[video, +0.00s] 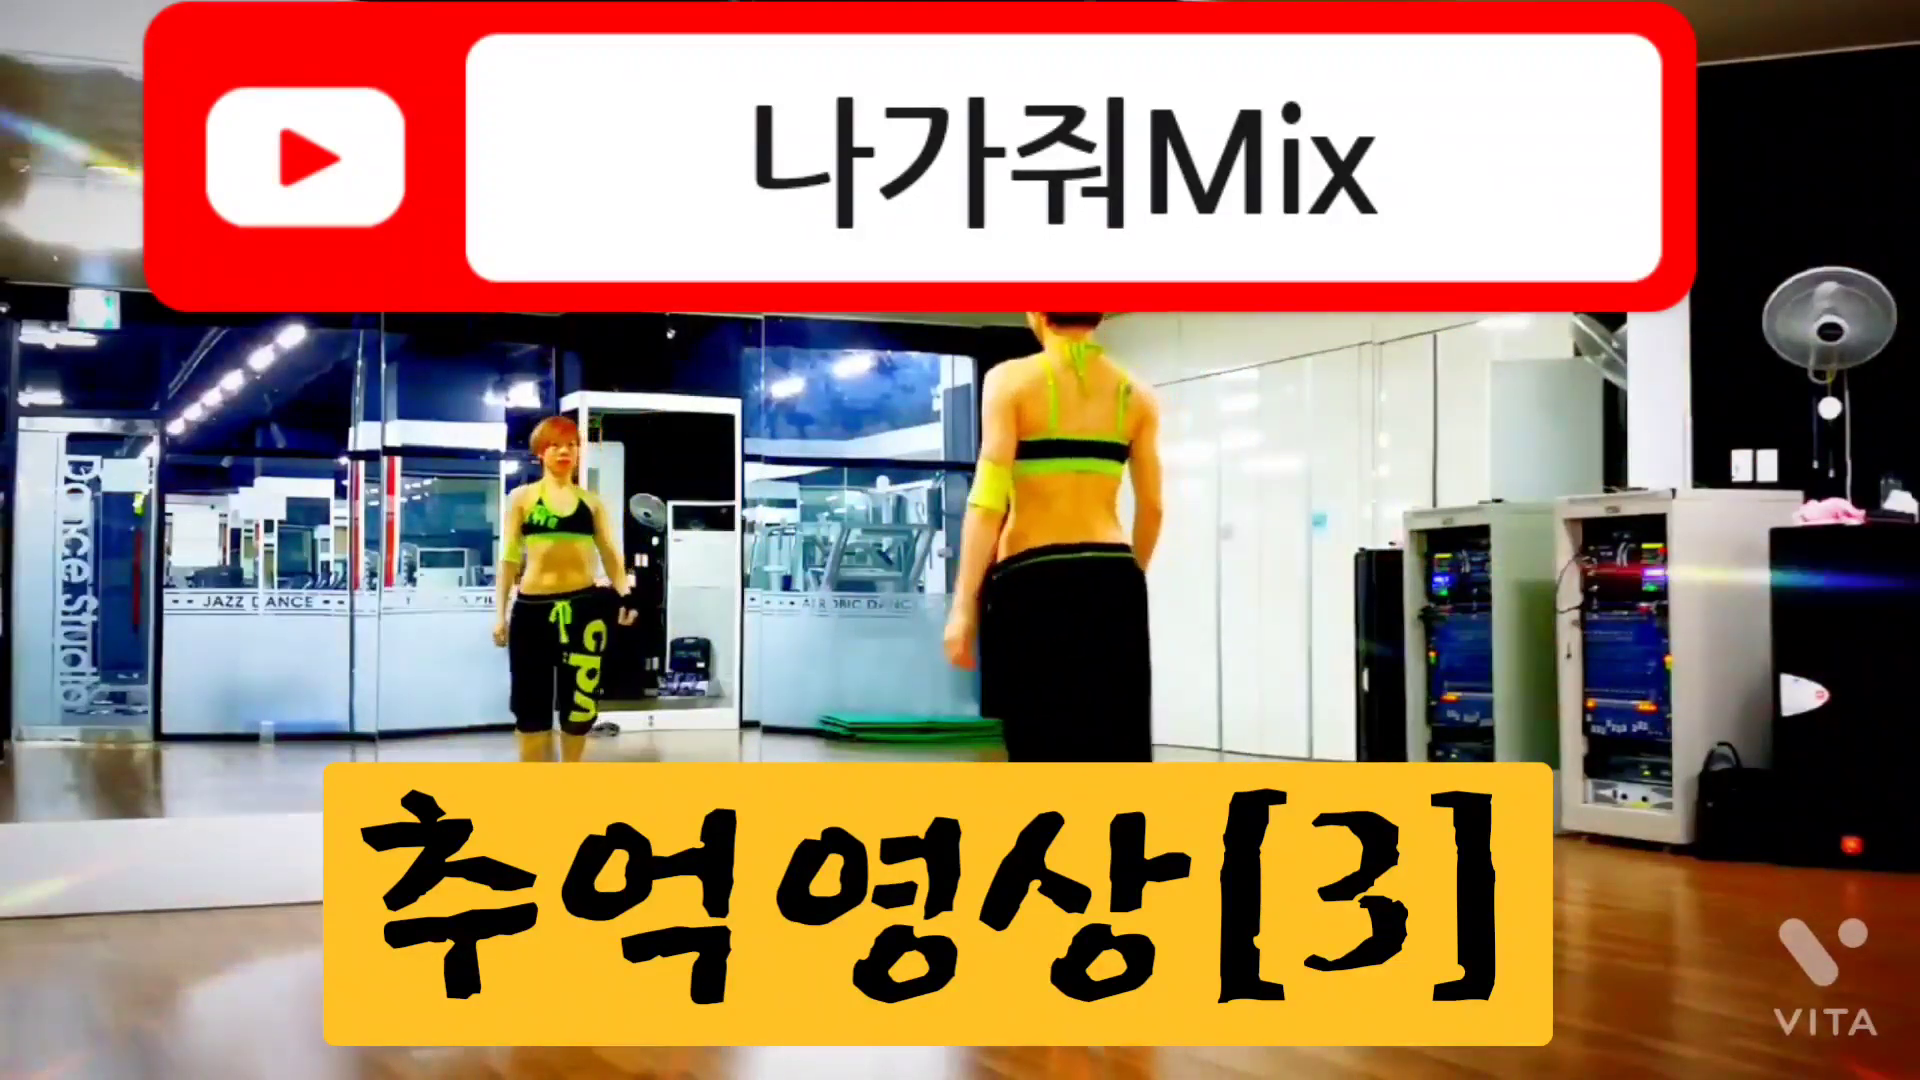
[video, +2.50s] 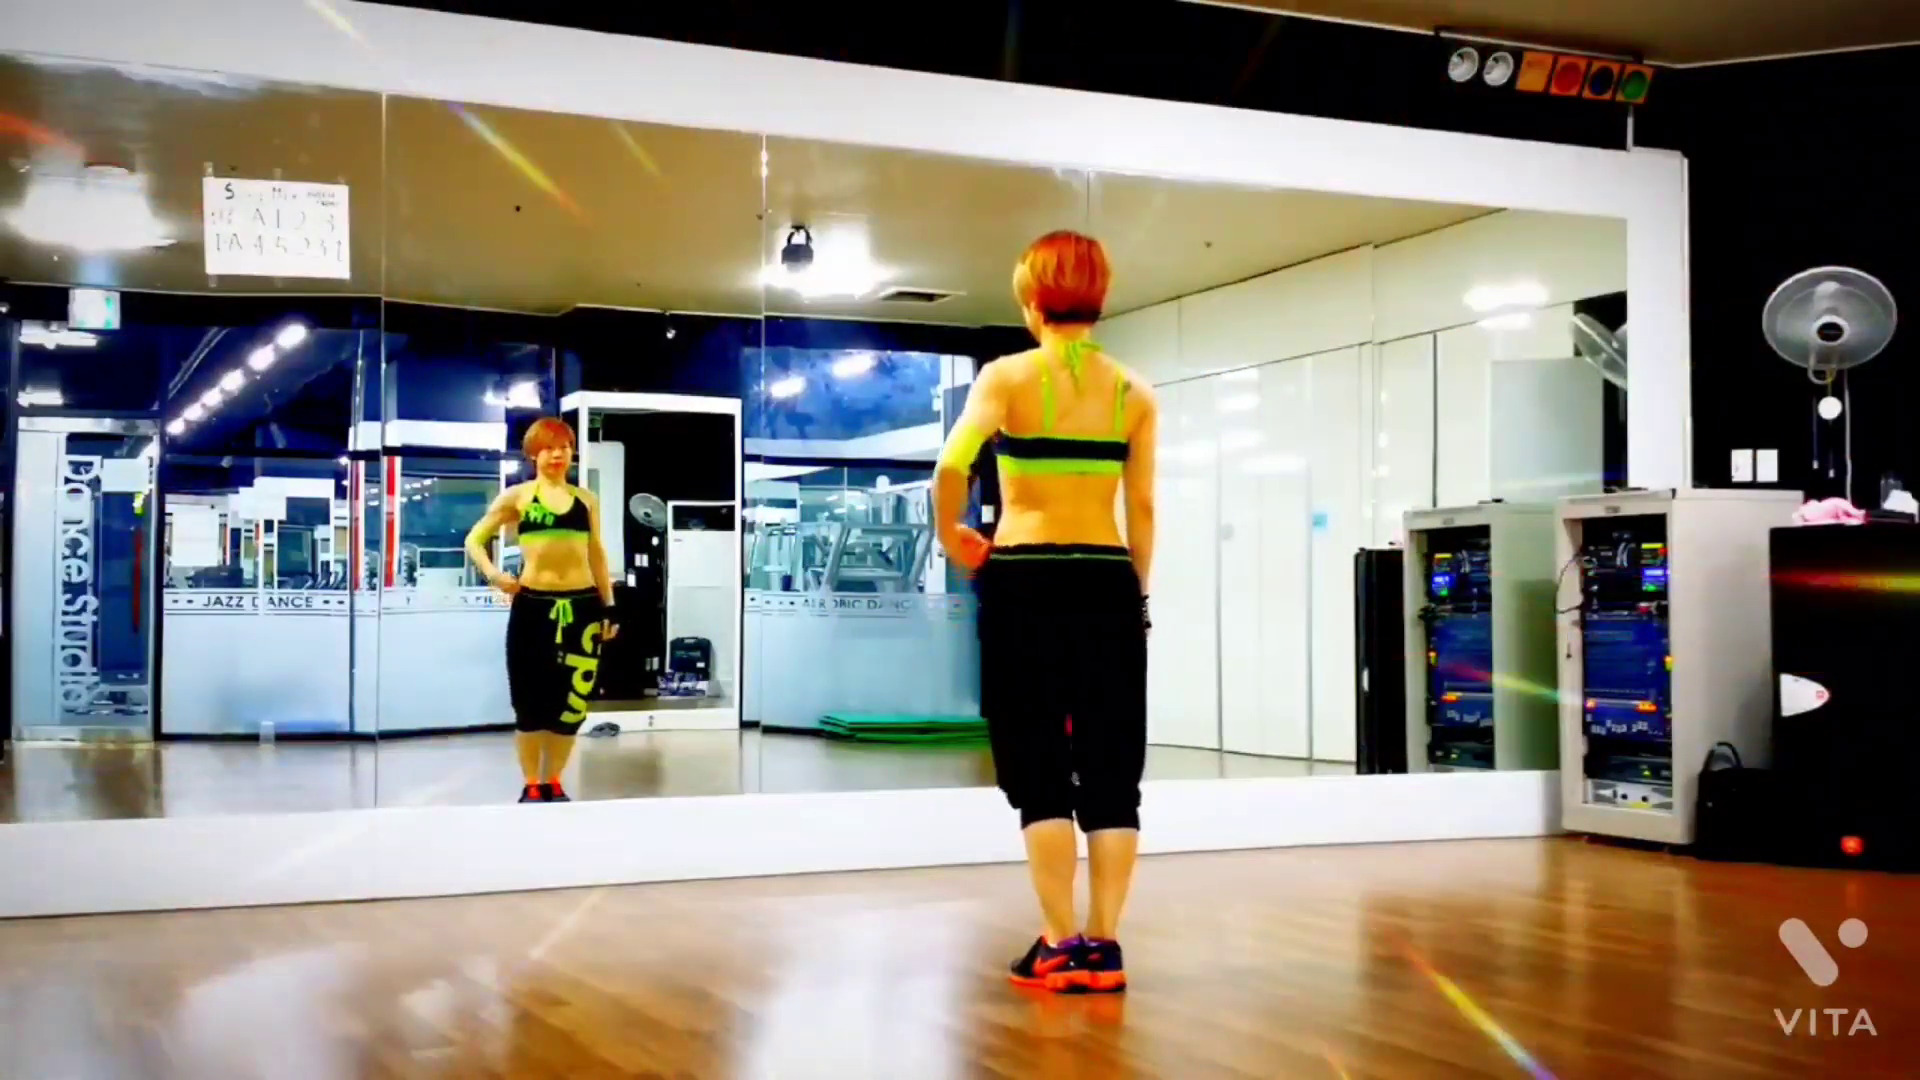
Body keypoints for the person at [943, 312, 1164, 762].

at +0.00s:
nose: (1030, 319)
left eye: (1029, 313)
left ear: (1036, 315)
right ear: (1099, 318)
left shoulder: (1009, 380)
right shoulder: (1134, 395)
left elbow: (989, 500)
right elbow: (1151, 508)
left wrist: (964, 605)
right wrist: (1128, 579)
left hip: (1029, 586)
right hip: (1111, 583)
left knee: (1037, 753)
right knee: (1116, 749)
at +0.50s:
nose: (1024, 316)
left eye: (1025, 309)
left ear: (1033, 313)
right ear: (1094, 313)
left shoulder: (1010, 379)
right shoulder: (1136, 388)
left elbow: (986, 500)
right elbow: (1149, 502)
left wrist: (952, 599)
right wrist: (1157, 600)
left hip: (1029, 584)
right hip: (1110, 583)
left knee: (1032, 752)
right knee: (1112, 750)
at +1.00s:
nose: (1024, 302)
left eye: (1025, 291)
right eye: (1033, 291)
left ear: (1032, 297)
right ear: (1101, 297)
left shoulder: (1007, 377)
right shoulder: (1136, 388)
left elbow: (985, 499)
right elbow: (1142, 504)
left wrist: (957, 599)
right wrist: (1130, 578)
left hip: (1027, 588)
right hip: (1113, 585)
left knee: (1044, 768)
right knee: (1116, 765)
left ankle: (1061, 939)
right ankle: (1104, 943)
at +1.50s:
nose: (1024, 305)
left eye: (1025, 293)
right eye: (1035, 293)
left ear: (1031, 299)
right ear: (1100, 297)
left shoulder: (1009, 379)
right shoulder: (1134, 388)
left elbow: (990, 498)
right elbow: (1149, 505)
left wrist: (964, 601)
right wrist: (1143, 590)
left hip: (1026, 587)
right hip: (1111, 586)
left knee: (1041, 764)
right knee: (1117, 762)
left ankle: (1060, 940)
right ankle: (1104, 942)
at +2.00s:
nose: (1023, 304)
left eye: (1024, 293)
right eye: (1036, 292)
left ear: (1029, 299)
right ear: (1099, 298)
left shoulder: (1006, 377)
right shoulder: (1134, 391)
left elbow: (962, 473)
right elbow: (1140, 505)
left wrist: (961, 548)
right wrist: (1131, 577)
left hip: (1027, 587)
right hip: (1111, 585)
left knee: (1039, 765)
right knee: (1116, 766)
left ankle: (1061, 940)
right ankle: (1104, 945)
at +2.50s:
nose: (1023, 307)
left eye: (1024, 297)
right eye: (1031, 296)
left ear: (1032, 302)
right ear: (1100, 300)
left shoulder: (1004, 377)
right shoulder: (1133, 392)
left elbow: (952, 470)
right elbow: (1142, 504)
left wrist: (951, 536)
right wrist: (1137, 584)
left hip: (1021, 587)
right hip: (1107, 587)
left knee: (1034, 762)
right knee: (1114, 764)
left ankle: (1061, 938)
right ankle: (1104, 944)